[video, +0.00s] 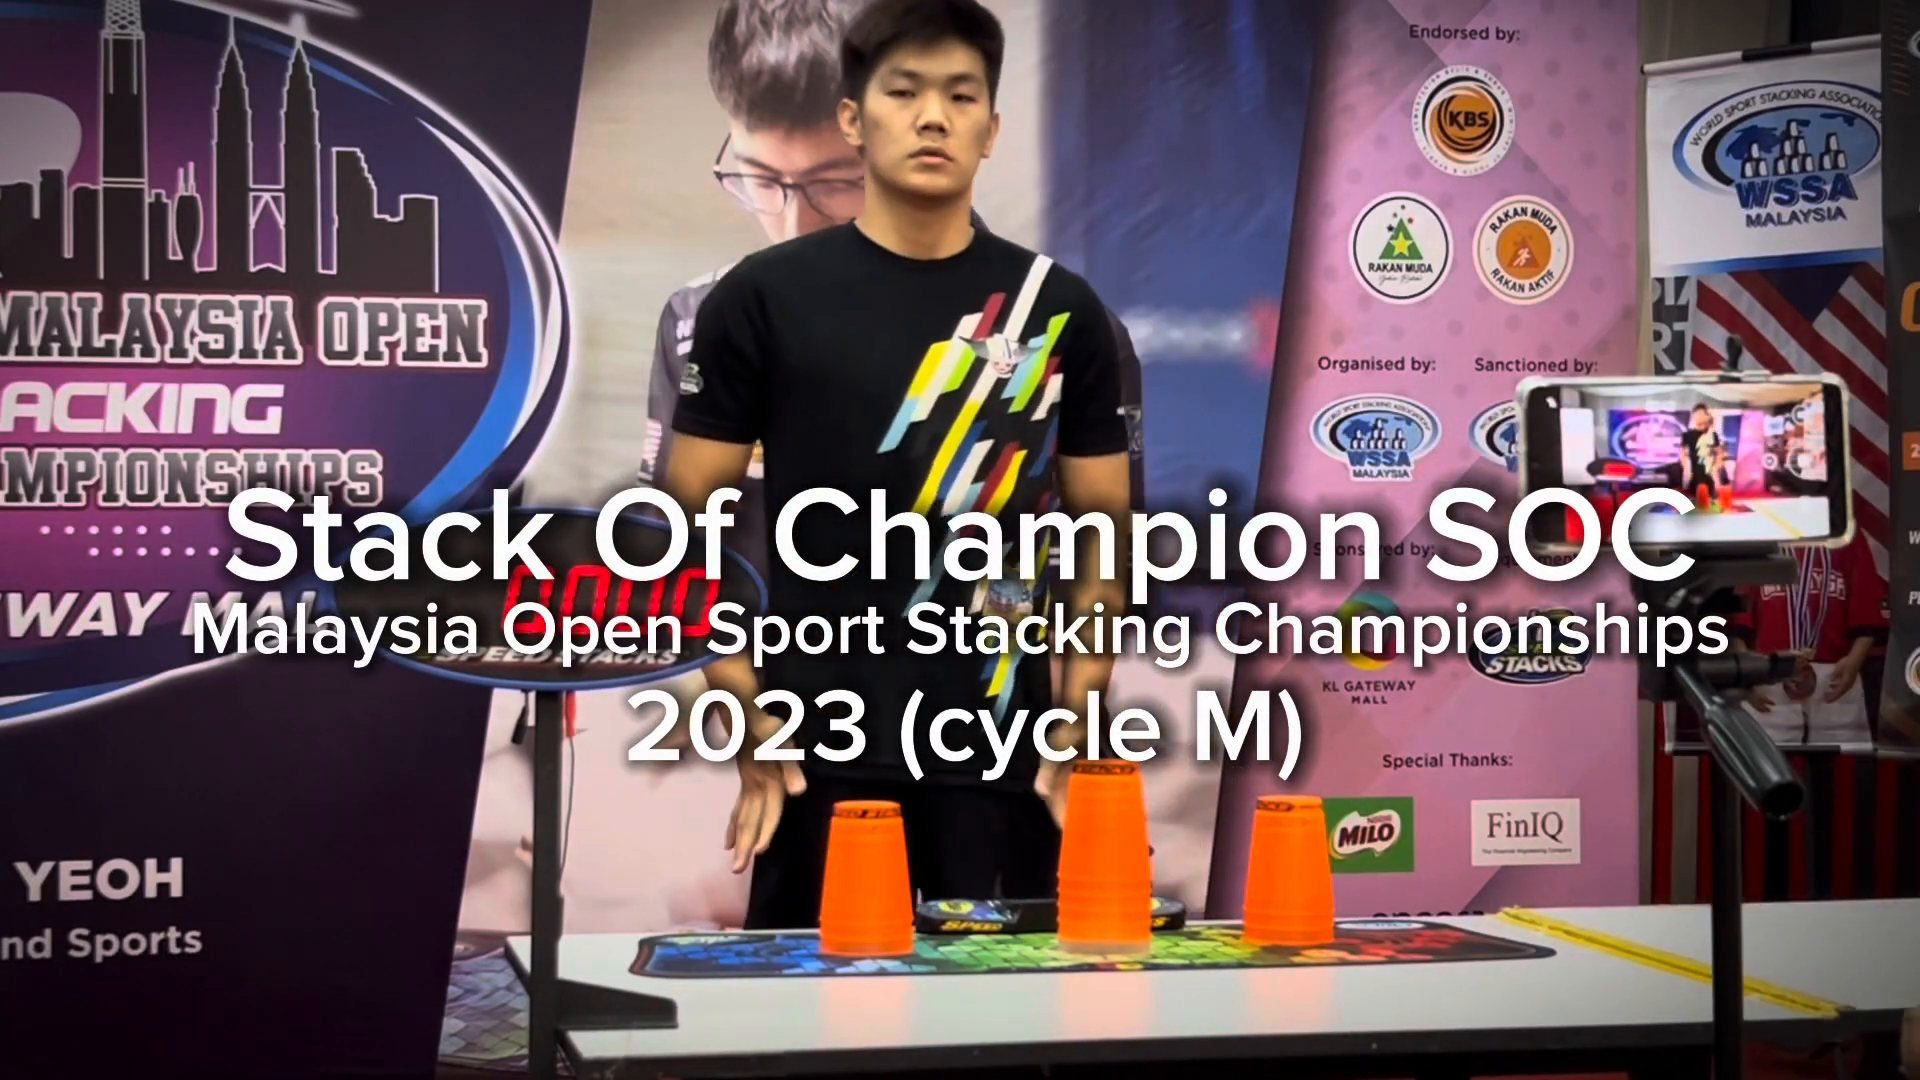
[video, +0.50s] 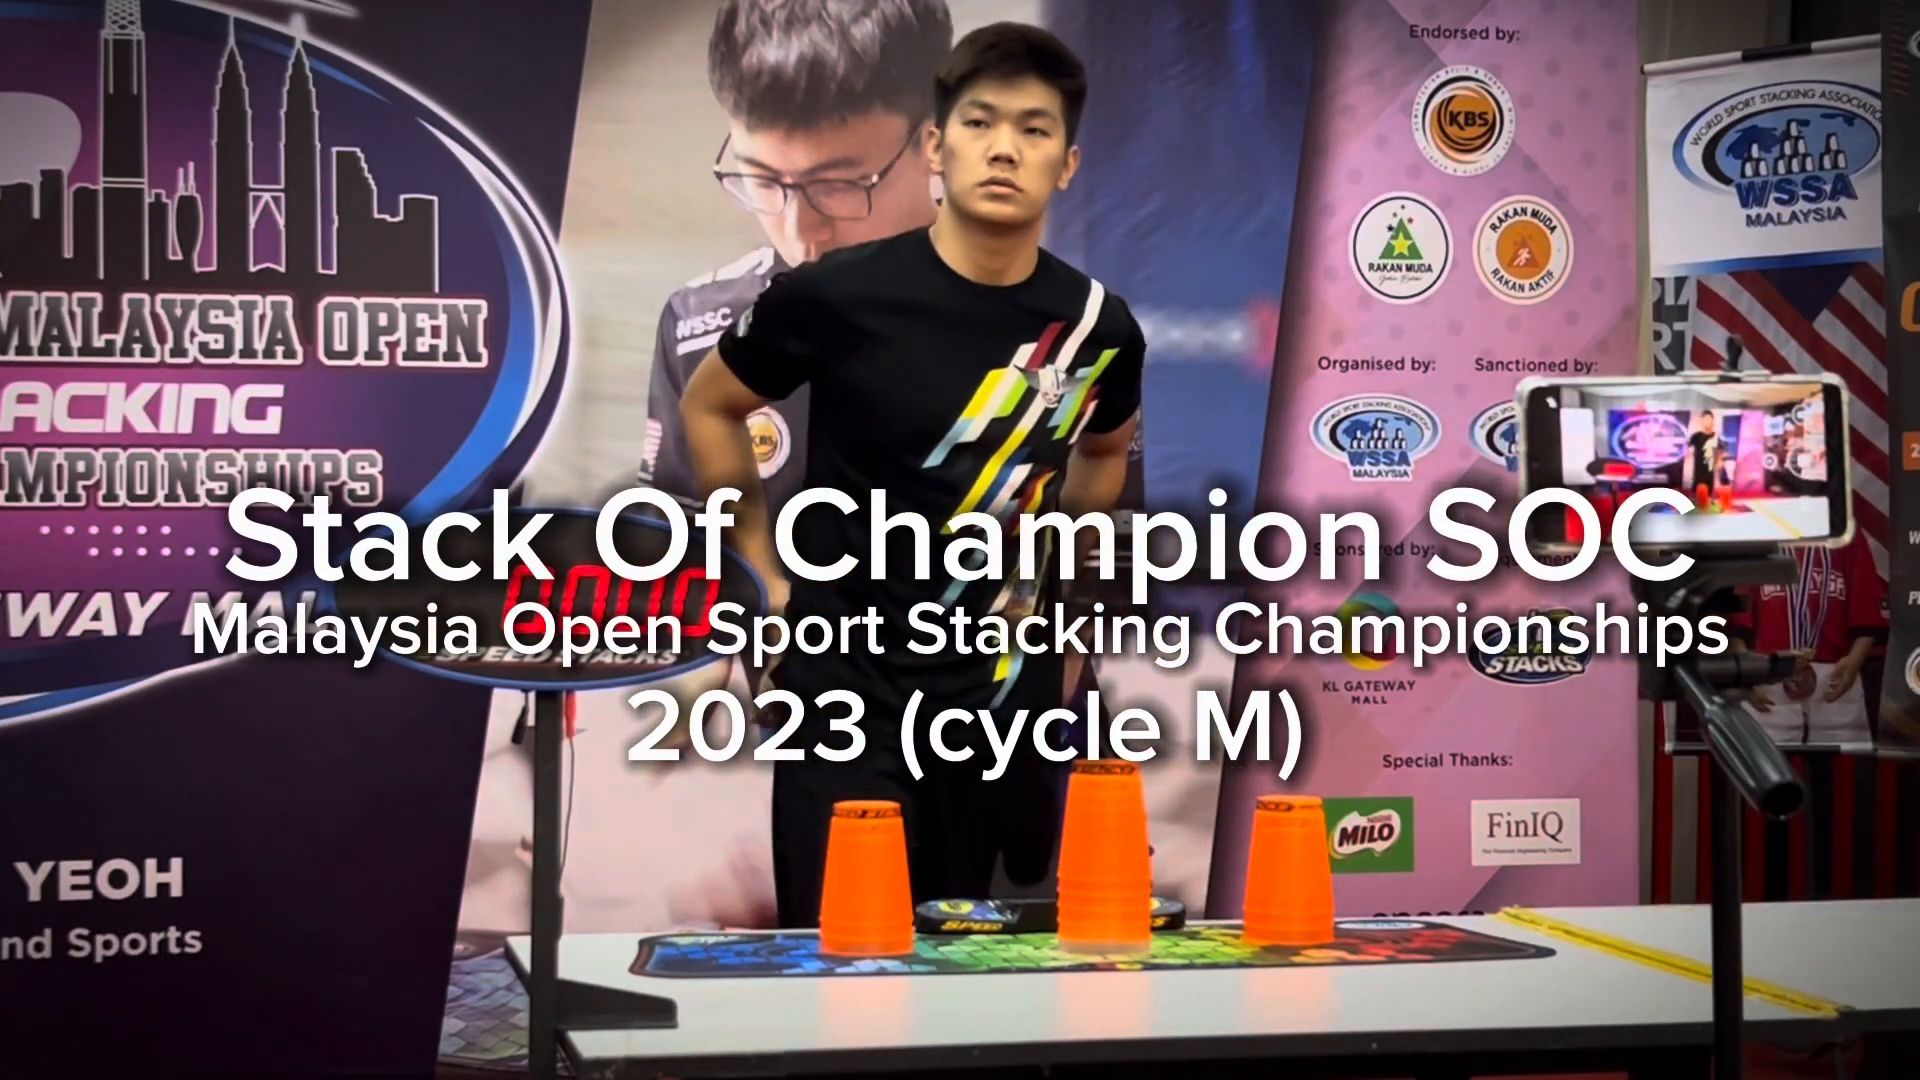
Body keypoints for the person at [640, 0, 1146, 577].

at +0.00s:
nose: (934, 117)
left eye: (962, 95)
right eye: (903, 91)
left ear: (991, 130)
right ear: (853, 121)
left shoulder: (1062, 312)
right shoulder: (761, 298)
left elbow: (1101, 530)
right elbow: (683, 518)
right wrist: (733, 674)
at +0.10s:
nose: (950, 125)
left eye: (976, 103)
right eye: (920, 101)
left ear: (1010, 137)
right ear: (872, 134)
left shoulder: (1074, 323)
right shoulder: (784, 301)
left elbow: (1101, 542)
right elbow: (695, 504)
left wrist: (1078, 725)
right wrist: (734, 677)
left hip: (996, 745)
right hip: (826, 739)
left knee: (994, 1040)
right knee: (813, 1037)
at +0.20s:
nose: (975, 129)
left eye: (1002, 108)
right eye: (945, 106)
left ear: (1033, 145)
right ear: (900, 142)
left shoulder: (1088, 326)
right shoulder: (809, 302)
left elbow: (1109, 529)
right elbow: (696, 493)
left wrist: (1086, 668)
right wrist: (736, 673)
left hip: (1010, 737)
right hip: (844, 731)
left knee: (1002, 1031)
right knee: (826, 1028)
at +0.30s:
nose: (998, 141)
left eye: (1026, 122)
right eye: (972, 118)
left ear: (1060, 161)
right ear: (926, 152)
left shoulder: (1097, 333)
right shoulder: (829, 304)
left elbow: (1113, 509)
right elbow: (700, 466)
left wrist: (1080, 655)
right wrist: (737, 646)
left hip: (1012, 717)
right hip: (851, 712)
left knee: (1006, 1010)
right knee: (827, 1003)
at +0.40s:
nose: (1009, 148)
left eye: (1039, 130)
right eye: (985, 123)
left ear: (1071, 167)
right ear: (937, 148)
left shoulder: (1100, 333)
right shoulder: (828, 301)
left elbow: (1109, 480)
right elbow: (707, 422)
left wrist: (1069, 613)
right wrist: (762, 590)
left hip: (1016, 698)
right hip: (853, 689)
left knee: (1010, 989)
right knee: (838, 984)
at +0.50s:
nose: (1004, 150)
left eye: (1033, 132)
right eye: (982, 124)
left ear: (1067, 167)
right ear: (936, 148)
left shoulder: (1101, 326)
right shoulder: (831, 296)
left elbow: (1104, 457)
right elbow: (710, 406)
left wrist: (1046, 575)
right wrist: (769, 575)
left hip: (1010, 682)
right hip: (850, 672)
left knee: (1004, 971)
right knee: (844, 967)